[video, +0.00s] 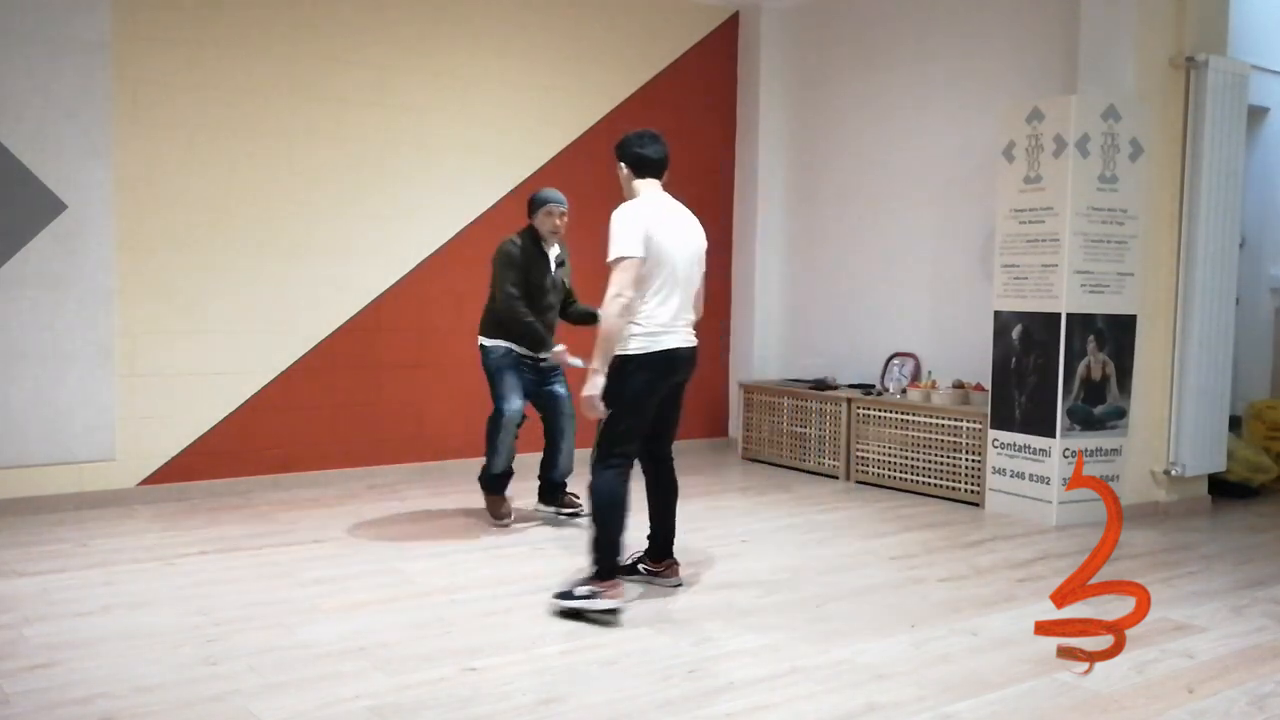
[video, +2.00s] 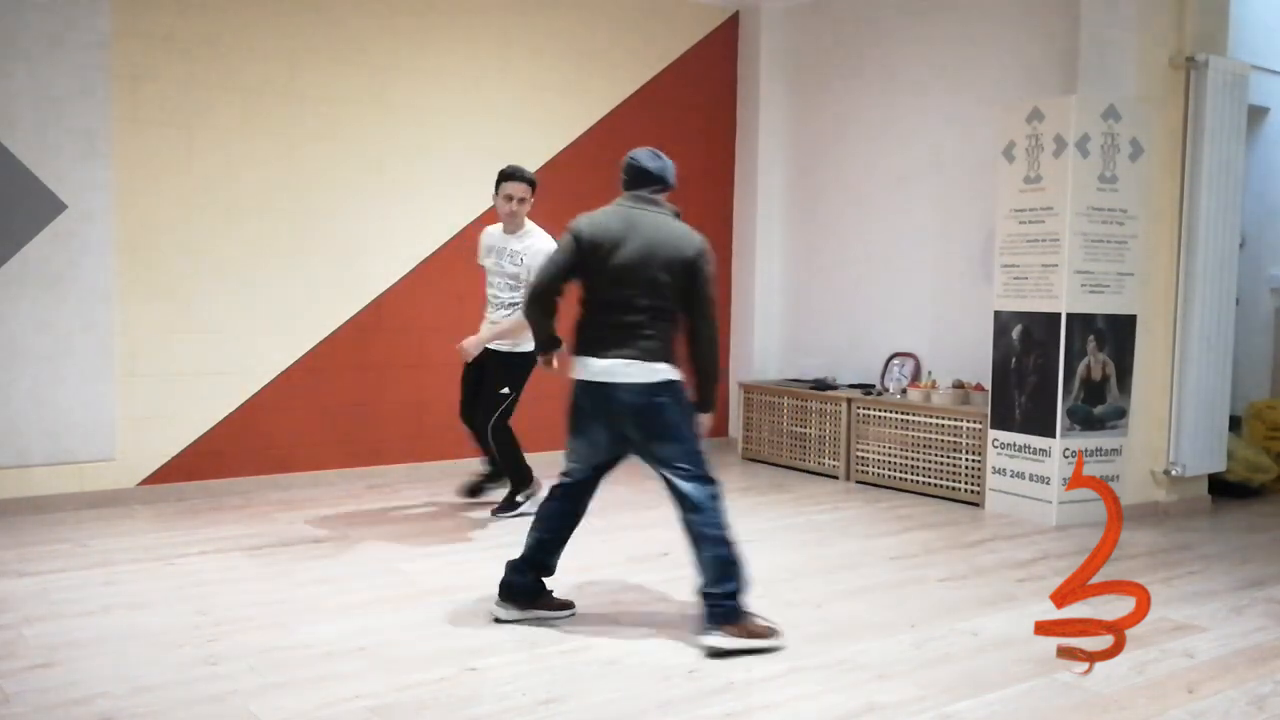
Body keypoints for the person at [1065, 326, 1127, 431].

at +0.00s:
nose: (1087, 346)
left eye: (1091, 342)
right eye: (1088, 342)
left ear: (1098, 345)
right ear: (1088, 345)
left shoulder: (1108, 364)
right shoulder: (1084, 364)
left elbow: (1113, 389)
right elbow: (1076, 390)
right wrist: (1070, 408)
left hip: (1103, 406)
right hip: (1086, 406)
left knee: (1121, 411)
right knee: (1071, 410)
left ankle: (1085, 425)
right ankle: (1101, 425)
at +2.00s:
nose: (1087, 345)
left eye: (1091, 342)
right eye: (1088, 342)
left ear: (1099, 344)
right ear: (1088, 345)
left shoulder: (1108, 364)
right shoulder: (1083, 365)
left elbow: (1114, 390)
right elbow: (1076, 391)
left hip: (1102, 406)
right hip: (1086, 406)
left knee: (1121, 411)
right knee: (1071, 410)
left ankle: (1086, 425)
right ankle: (1102, 425)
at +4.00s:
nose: (1088, 345)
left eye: (1091, 342)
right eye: (1088, 342)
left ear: (1098, 344)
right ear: (1087, 344)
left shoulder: (1108, 364)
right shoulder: (1084, 364)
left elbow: (1114, 390)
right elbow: (1076, 390)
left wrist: (1108, 406)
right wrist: (1070, 409)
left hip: (1103, 406)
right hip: (1086, 406)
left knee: (1121, 411)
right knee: (1071, 410)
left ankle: (1087, 424)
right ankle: (1100, 425)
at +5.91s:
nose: (1088, 345)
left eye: (1091, 342)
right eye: (1088, 342)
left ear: (1098, 344)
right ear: (1087, 345)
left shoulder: (1108, 364)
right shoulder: (1083, 365)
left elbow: (1114, 389)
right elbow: (1076, 391)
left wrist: (1117, 407)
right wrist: (1070, 410)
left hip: (1102, 406)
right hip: (1085, 405)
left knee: (1121, 411)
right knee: (1071, 410)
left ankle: (1086, 425)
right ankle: (1100, 425)